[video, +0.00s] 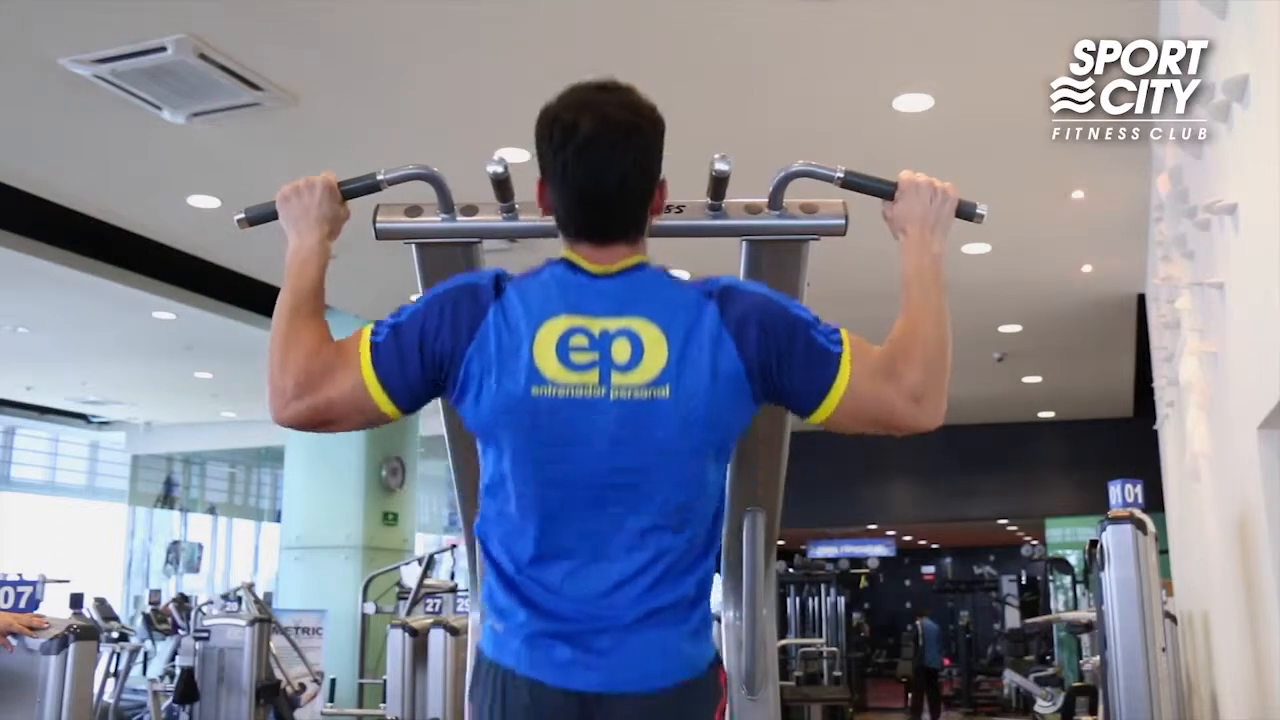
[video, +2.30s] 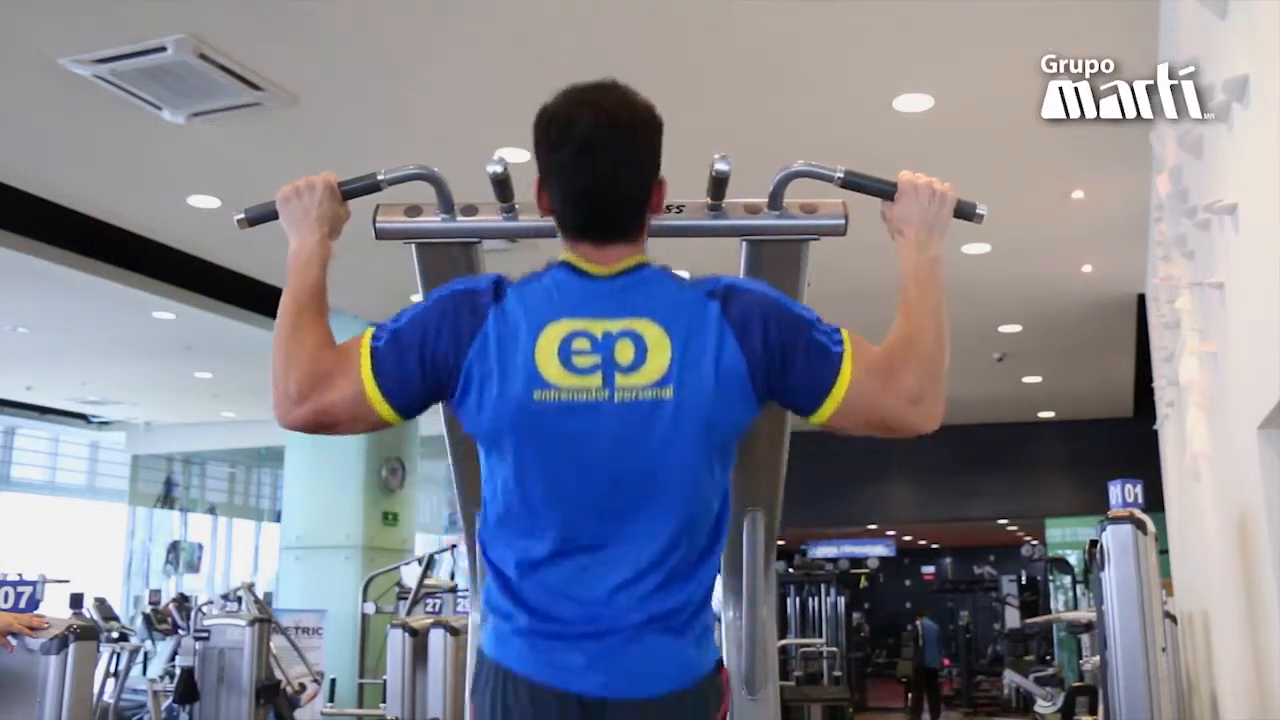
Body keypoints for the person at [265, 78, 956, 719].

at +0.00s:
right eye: (659, 176)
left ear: (540, 195)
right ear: (660, 197)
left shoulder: (478, 315)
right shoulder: (734, 321)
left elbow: (297, 395)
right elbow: (914, 400)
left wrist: (306, 246)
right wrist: (923, 244)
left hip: (520, 681)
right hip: (671, 681)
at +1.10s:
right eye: (663, 265)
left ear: (537, 290)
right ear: (662, 294)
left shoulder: (469, 397)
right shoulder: (731, 412)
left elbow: (293, 399)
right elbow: (914, 402)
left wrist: (308, 245)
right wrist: (924, 245)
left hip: (522, 709)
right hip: (680, 711)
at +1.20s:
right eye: (662, 304)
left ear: (536, 328)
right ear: (661, 331)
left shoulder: (470, 427)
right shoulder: (731, 443)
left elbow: (298, 401)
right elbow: (909, 404)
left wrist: (309, 244)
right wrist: (923, 242)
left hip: (521, 709)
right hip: (684, 712)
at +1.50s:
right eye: (660, 409)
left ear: (534, 437)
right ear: (662, 441)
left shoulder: (475, 525)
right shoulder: (724, 547)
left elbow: (326, 403)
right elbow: (868, 405)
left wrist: (311, 243)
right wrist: (917, 246)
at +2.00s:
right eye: (658, 328)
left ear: (536, 356)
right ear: (659, 357)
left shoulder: (473, 464)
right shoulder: (728, 463)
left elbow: (310, 405)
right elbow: (903, 410)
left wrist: (310, 243)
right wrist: (920, 246)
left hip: (522, 709)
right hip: (682, 708)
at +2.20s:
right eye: (657, 223)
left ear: (536, 248)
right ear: (656, 248)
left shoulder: (475, 369)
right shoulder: (731, 370)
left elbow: (298, 400)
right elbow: (917, 405)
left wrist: (308, 246)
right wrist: (924, 247)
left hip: (518, 702)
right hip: (670, 701)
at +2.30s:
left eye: (537, 174)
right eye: (658, 177)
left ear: (539, 197)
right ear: (660, 198)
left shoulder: (478, 320)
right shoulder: (735, 320)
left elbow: (302, 398)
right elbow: (913, 403)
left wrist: (308, 244)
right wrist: (922, 246)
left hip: (521, 681)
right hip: (672, 683)